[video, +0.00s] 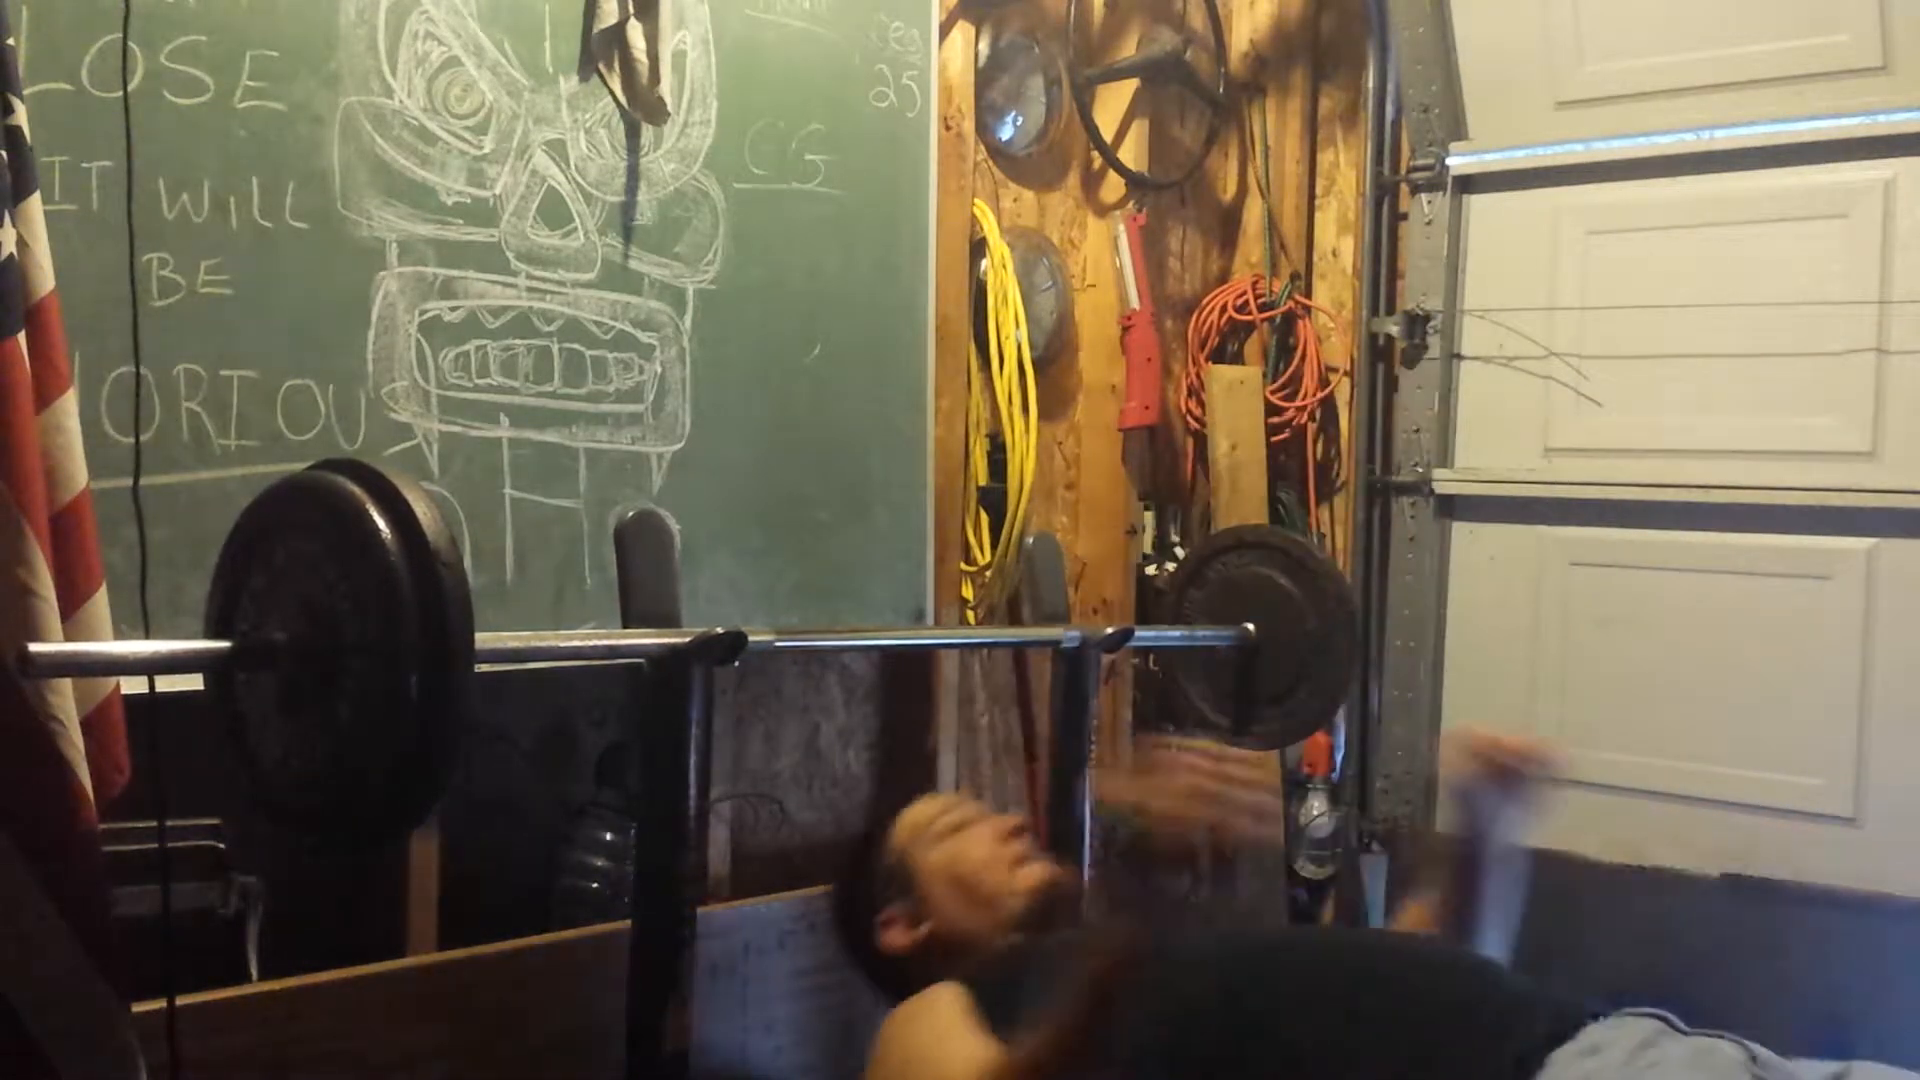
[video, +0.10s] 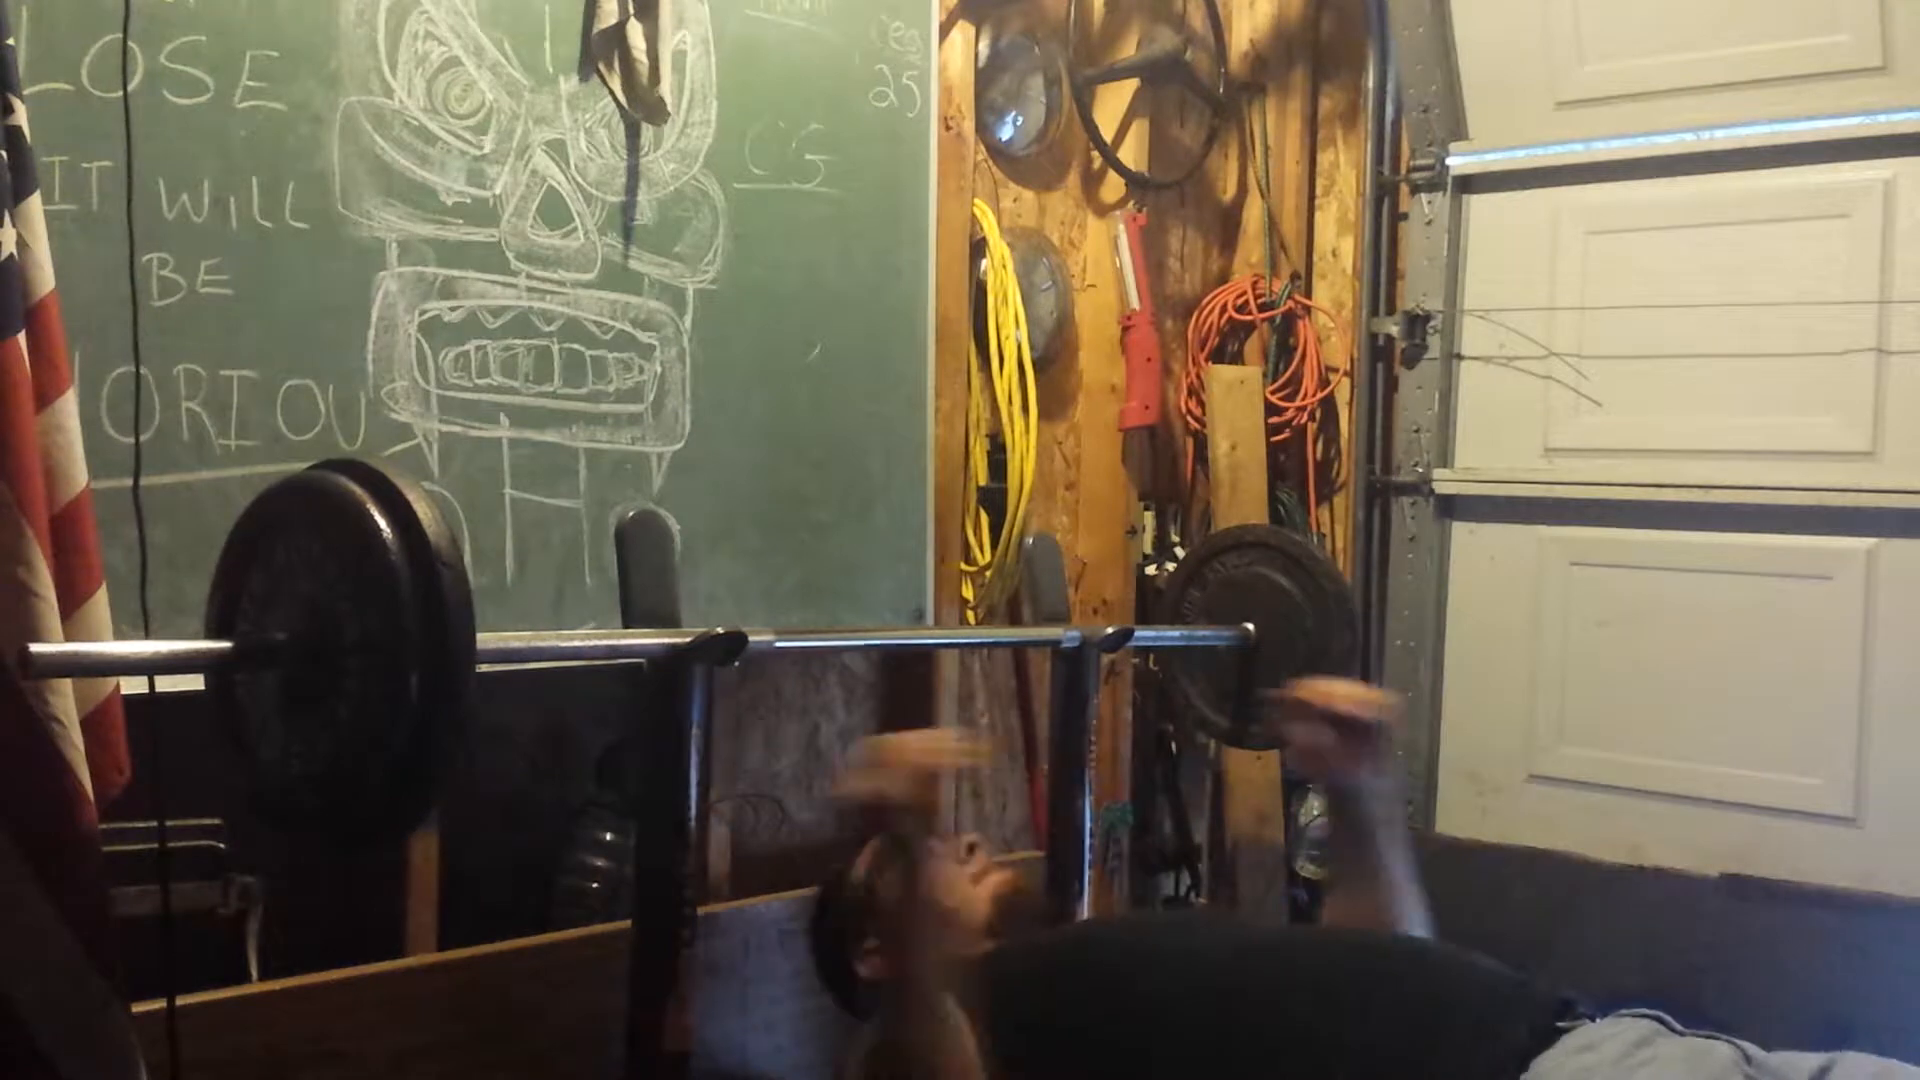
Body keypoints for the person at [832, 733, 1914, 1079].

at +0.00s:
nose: (1015, 833)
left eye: (1006, 822)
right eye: (969, 833)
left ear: (1036, 852)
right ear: (905, 931)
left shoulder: (1135, 960)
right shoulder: (947, 1016)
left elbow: (1419, 986)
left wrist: (1480, 829)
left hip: (1587, 1040)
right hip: (1537, 1064)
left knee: (1861, 1068)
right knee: (1848, 1068)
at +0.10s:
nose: (988, 863)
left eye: (980, 848)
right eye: (943, 863)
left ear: (1011, 874)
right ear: (885, 958)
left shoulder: (1126, 969)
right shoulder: (967, 1024)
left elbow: (1386, 996)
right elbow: (921, 1071)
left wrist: (1360, 798)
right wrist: (918, 965)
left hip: (1593, 1039)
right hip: (1547, 1068)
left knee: (1893, 1070)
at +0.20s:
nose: (956, 865)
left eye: (949, 854)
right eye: (916, 887)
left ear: (1004, 870)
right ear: (889, 967)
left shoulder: (1132, 955)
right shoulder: (954, 1019)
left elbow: (1350, 958)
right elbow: (839, 1075)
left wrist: (1256, 778)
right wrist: (757, 889)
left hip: (1574, 1035)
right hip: (1524, 1075)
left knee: (1889, 1064)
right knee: (1871, 1072)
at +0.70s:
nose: (946, 904)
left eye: (929, 897)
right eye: (906, 919)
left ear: (955, 911)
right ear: (909, 965)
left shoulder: (1151, 965)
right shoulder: (964, 1051)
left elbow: (1337, 873)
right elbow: (869, 947)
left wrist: (1147, 770)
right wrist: (683, 875)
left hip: (1635, 1046)